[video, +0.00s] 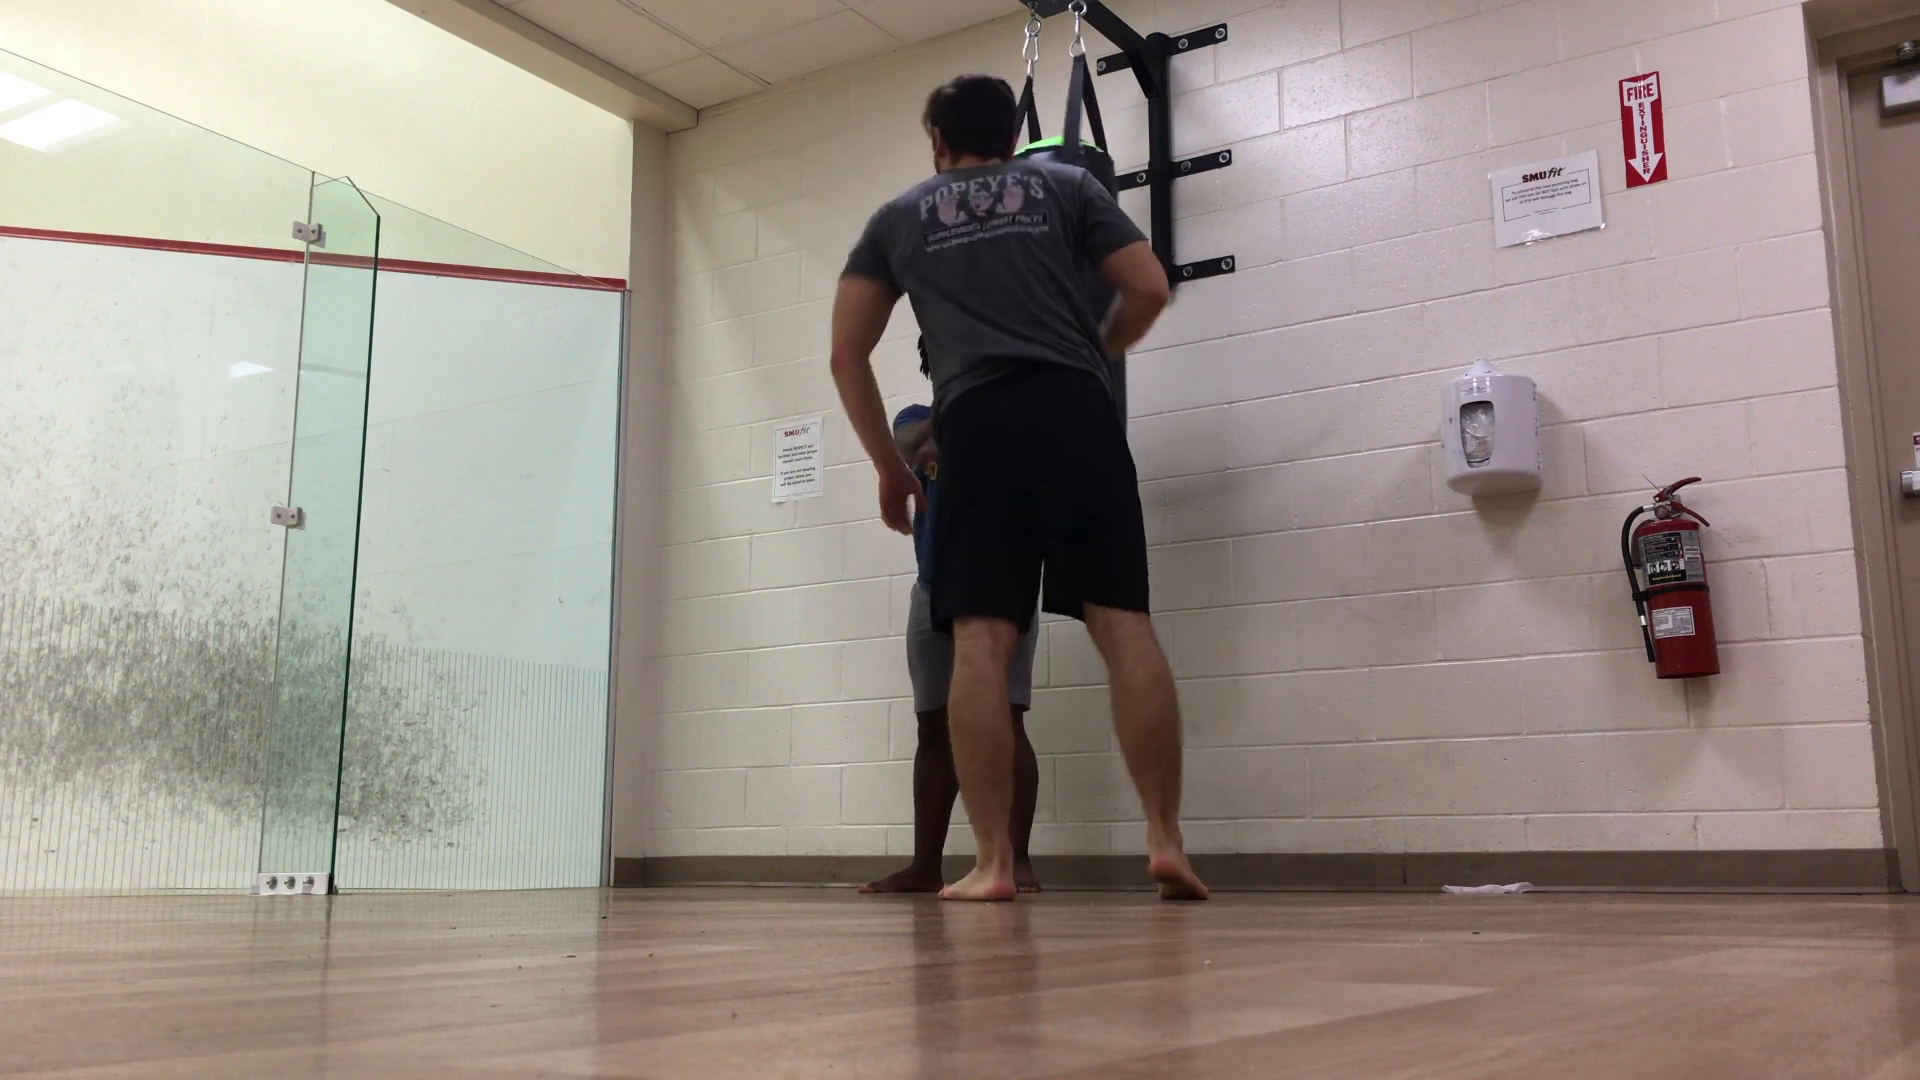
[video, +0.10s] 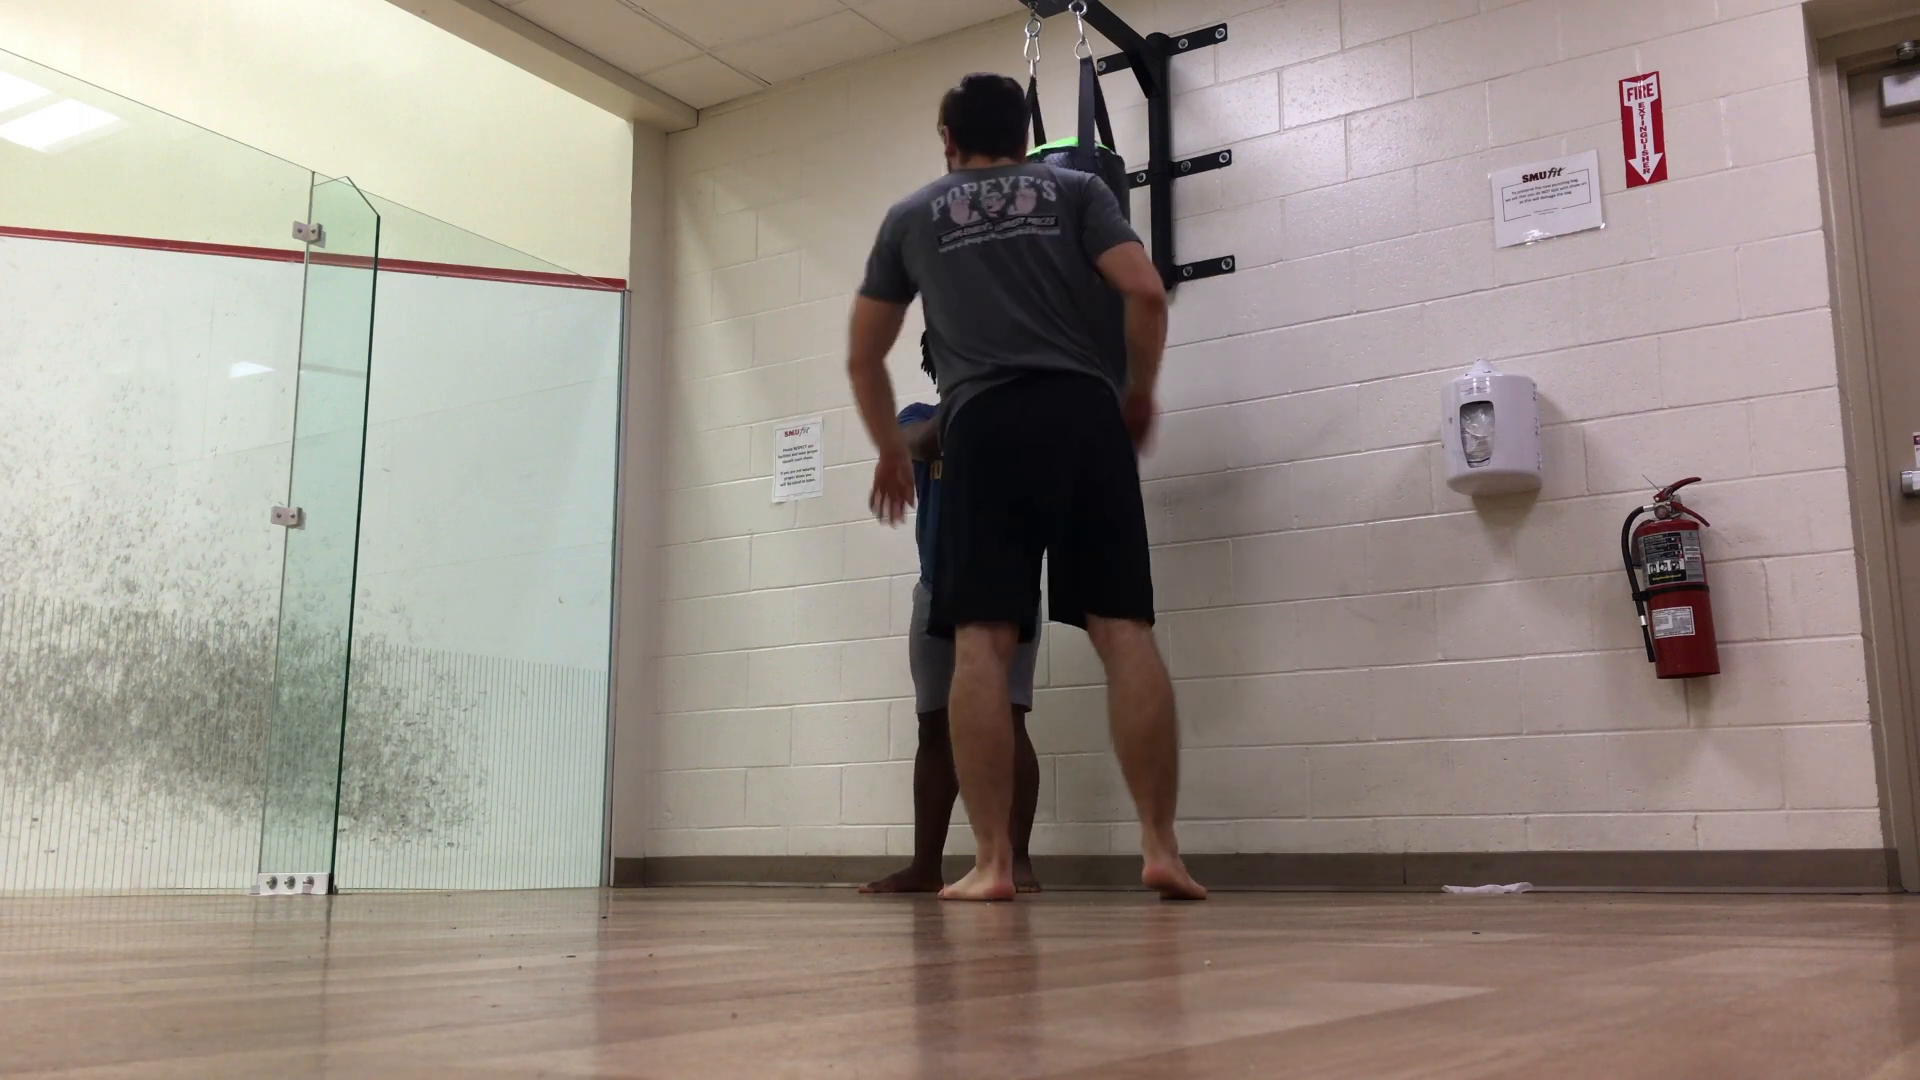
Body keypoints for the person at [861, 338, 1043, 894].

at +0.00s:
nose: (937, 358)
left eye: (947, 347)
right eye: (932, 350)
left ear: (982, 354)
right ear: (928, 358)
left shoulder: (1005, 412)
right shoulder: (916, 418)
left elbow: (1019, 482)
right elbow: (904, 453)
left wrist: (947, 457)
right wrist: (942, 430)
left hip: (1005, 595)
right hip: (935, 594)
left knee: (1006, 725)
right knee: (934, 727)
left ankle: (1015, 860)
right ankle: (926, 864)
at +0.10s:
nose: (940, 358)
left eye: (950, 347)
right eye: (935, 349)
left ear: (984, 354)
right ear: (930, 358)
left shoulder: (1009, 408)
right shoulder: (922, 414)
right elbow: (905, 449)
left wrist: (938, 440)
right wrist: (947, 424)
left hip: (1009, 596)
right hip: (940, 592)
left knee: (1007, 725)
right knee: (935, 727)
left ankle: (1015, 862)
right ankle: (926, 864)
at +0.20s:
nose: (949, 353)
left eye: (959, 342)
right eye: (941, 344)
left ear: (984, 351)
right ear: (933, 356)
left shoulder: (1014, 421)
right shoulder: (928, 419)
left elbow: (1014, 484)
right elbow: (918, 458)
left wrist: (946, 455)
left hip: (1013, 595)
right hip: (943, 591)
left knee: (1011, 725)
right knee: (937, 725)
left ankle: (1016, 859)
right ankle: (925, 864)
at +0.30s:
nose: (964, 359)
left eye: (970, 347)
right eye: (954, 350)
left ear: (988, 352)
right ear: (943, 359)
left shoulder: (1023, 415)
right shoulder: (935, 416)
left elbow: (1043, 481)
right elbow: (932, 476)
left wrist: (962, 453)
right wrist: (988, 438)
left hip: (1020, 590)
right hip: (948, 589)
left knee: (1014, 720)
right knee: (938, 724)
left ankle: (1018, 859)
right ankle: (925, 866)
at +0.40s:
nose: (970, 355)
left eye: (978, 345)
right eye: (963, 345)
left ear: (1002, 355)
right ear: (952, 356)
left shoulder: (1031, 419)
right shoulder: (945, 418)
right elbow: (946, 490)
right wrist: (1000, 456)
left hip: (1028, 585)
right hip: (957, 584)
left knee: (1020, 722)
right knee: (939, 725)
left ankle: (1019, 860)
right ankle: (926, 864)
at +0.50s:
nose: (990, 368)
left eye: (999, 360)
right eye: (983, 357)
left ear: (1027, 369)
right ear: (972, 358)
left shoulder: (1049, 421)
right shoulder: (957, 417)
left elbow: (1063, 492)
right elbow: (948, 497)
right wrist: (1005, 468)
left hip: (1037, 584)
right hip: (964, 582)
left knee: (1025, 722)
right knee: (936, 725)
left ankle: (1021, 859)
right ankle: (921, 854)